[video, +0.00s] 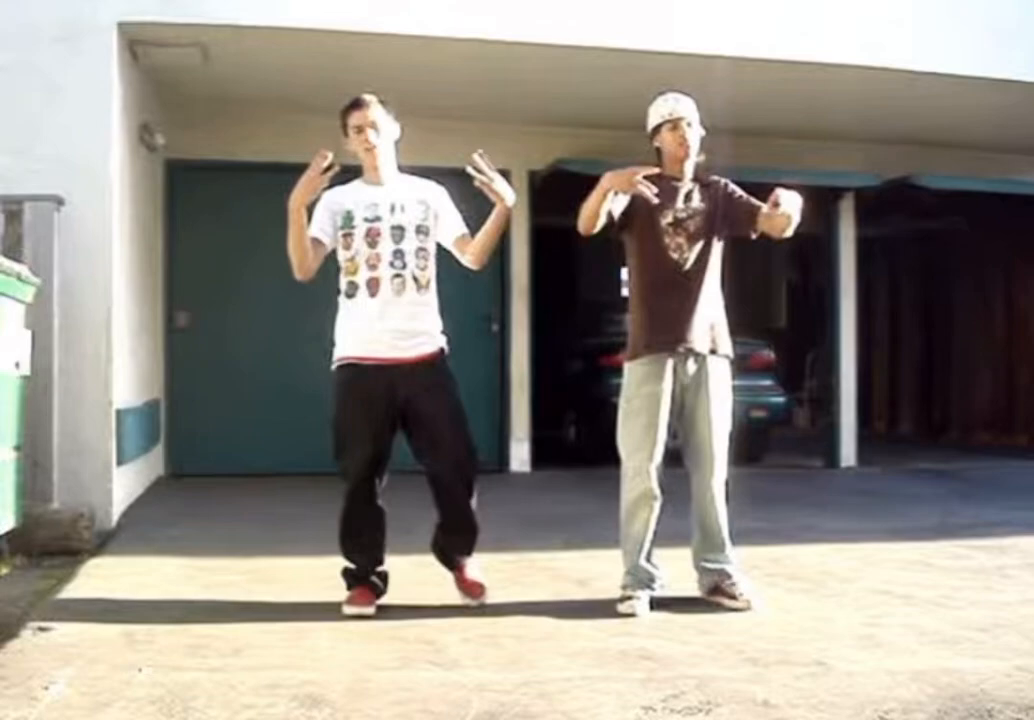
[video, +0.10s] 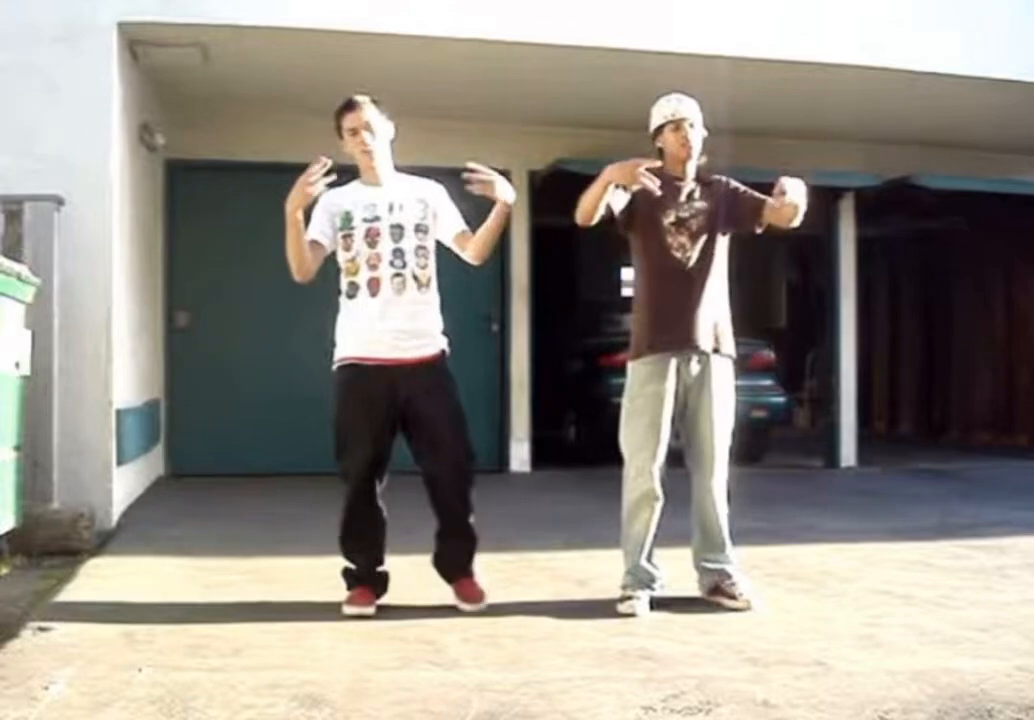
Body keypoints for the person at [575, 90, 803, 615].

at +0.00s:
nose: (681, 134)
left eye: (687, 125)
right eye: (670, 127)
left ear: (700, 133)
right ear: (655, 138)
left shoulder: (718, 192)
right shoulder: (637, 192)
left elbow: (775, 227)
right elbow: (588, 226)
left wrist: (788, 204)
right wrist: (606, 186)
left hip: (708, 347)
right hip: (649, 349)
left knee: (710, 465)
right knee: (640, 468)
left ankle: (717, 572)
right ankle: (638, 580)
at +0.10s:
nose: (683, 135)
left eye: (689, 125)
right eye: (672, 127)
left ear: (703, 133)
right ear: (657, 138)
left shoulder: (721, 191)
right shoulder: (640, 190)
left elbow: (779, 217)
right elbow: (585, 216)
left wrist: (791, 196)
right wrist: (609, 177)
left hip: (712, 346)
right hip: (653, 348)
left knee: (712, 465)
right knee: (643, 467)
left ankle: (717, 571)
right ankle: (638, 580)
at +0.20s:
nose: (686, 130)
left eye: (693, 122)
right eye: (676, 123)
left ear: (706, 133)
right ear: (660, 136)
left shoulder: (726, 190)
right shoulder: (641, 191)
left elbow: (792, 212)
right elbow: (588, 209)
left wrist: (790, 154)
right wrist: (611, 142)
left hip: (715, 347)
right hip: (655, 347)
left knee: (713, 465)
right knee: (645, 467)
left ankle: (717, 571)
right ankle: (638, 580)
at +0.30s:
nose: (687, 127)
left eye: (694, 119)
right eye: (677, 121)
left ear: (709, 131)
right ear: (663, 135)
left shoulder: (729, 188)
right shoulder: (645, 188)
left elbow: (791, 208)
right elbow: (597, 207)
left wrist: (780, 139)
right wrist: (605, 135)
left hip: (716, 346)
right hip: (656, 347)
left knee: (714, 465)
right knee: (646, 467)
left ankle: (716, 571)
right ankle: (638, 580)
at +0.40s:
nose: (689, 128)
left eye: (696, 120)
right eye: (678, 121)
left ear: (711, 132)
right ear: (665, 136)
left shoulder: (732, 190)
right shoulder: (649, 187)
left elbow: (790, 216)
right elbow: (609, 213)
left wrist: (784, 151)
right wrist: (607, 145)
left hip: (717, 346)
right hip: (658, 346)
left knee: (714, 466)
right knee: (645, 468)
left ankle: (717, 571)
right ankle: (638, 581)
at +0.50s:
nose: (690, 133)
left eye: (698, 125)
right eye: (680, 126)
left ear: (714, 135)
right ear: (667, 137)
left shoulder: (731, 194)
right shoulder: (649, 190)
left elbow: (791, 234)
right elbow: (602, 231)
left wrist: (799, 206)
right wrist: (619, 197)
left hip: (717, 345)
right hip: (659, 345)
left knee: (715, 467)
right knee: (647, 468)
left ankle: (717, 572)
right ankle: (638, 581)